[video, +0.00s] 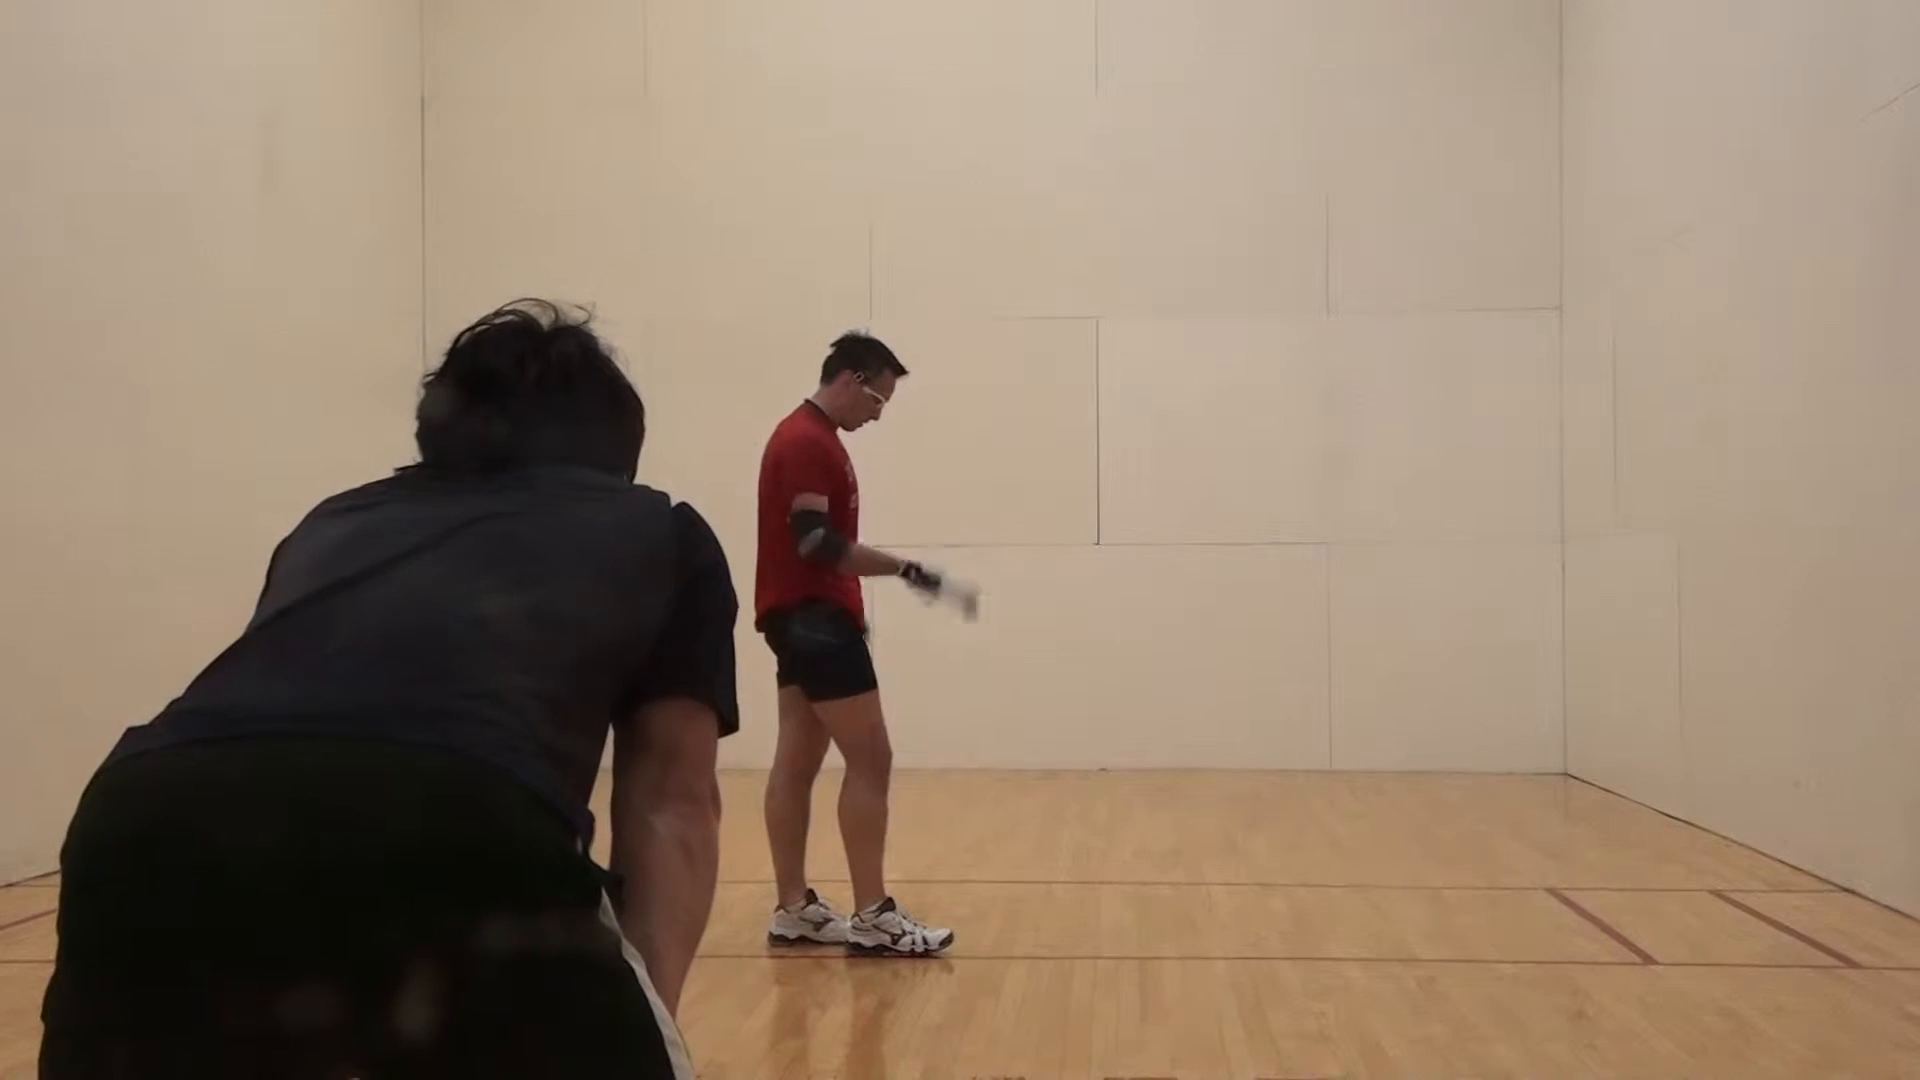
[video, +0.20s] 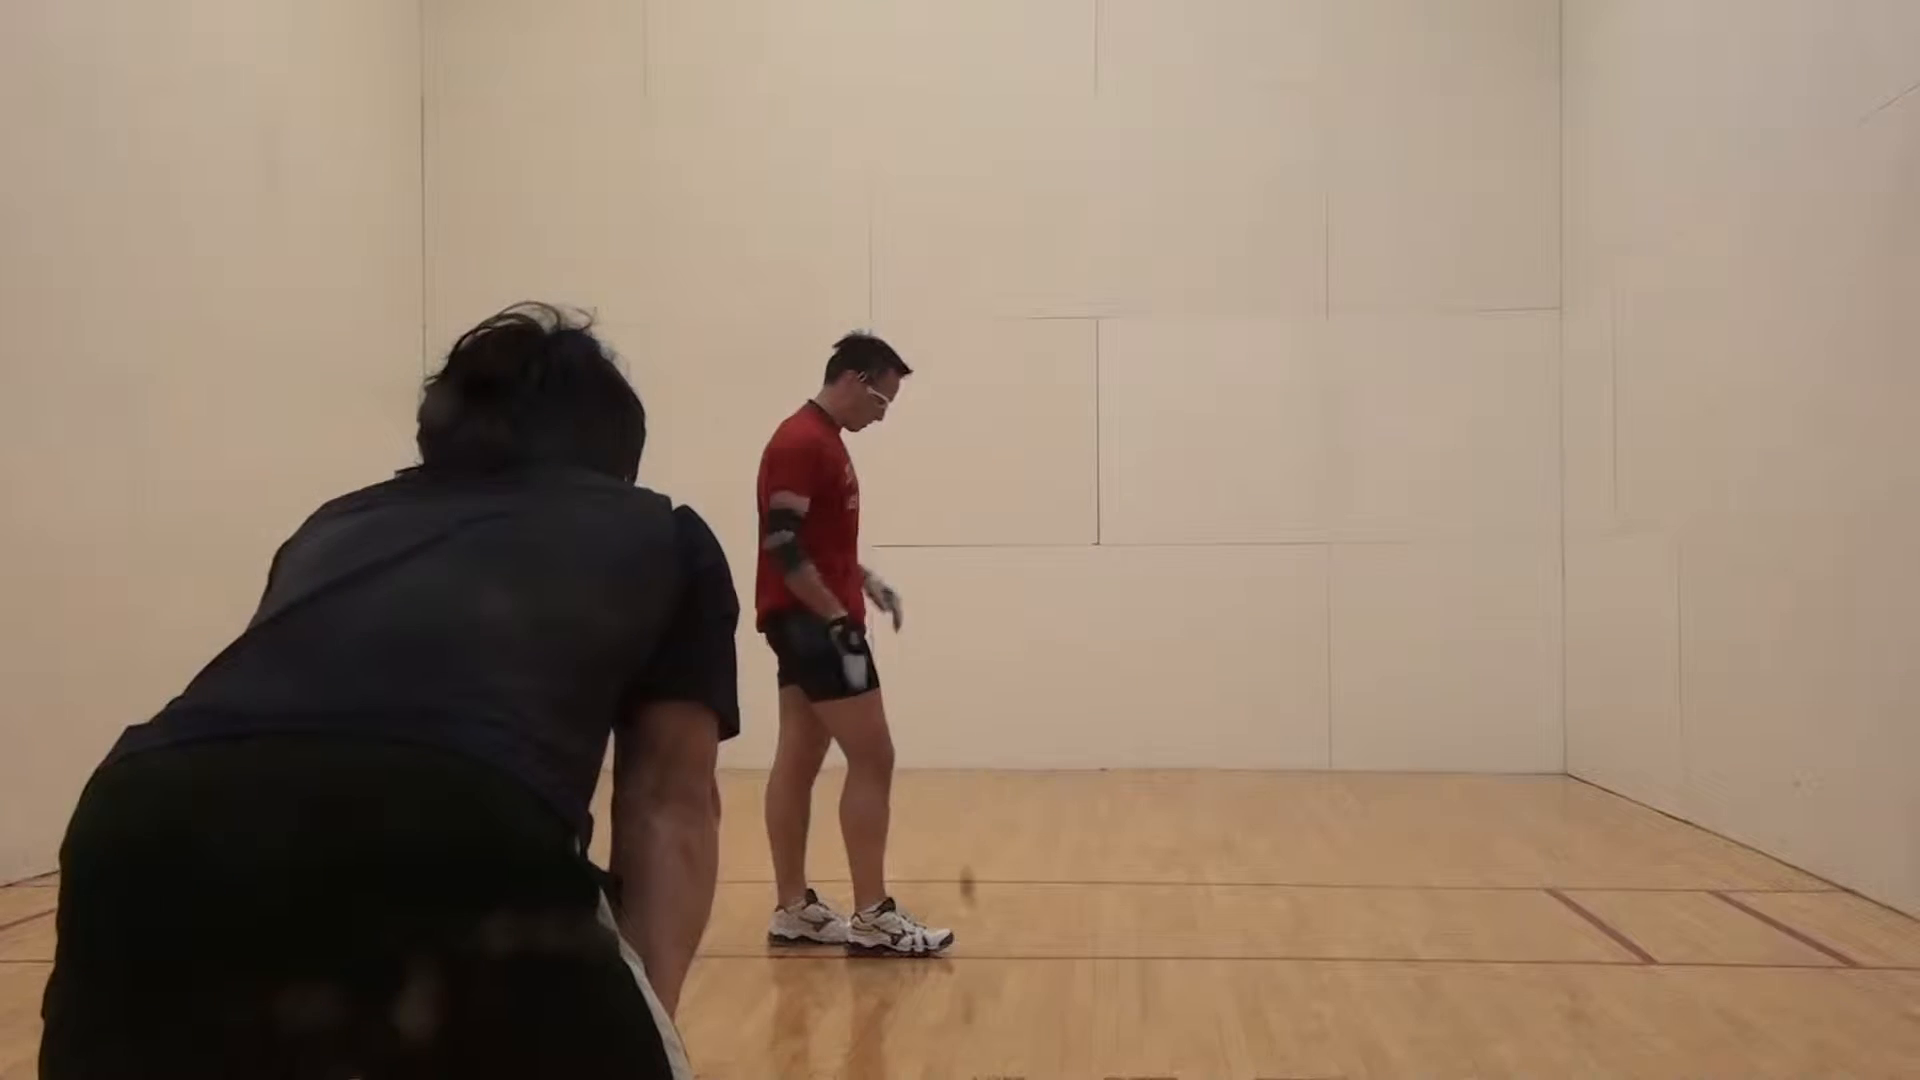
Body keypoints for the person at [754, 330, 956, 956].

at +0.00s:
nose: (879, 412)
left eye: (884, 400)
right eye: (878, 396)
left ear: (843, 384)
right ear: (848, 380)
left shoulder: (805, 437)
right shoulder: (809, 441)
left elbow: (824, 543)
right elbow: (815, 542)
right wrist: (902, 565)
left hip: (802, 616)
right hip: (816, 618)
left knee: (796, 762)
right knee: (870, 758)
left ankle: (793, 908)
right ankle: (872, 912)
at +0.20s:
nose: (883, 410)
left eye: (888, 399)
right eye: (882, 396)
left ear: (849, 383)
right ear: (850, 380)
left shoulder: (821, 440)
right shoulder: (803, 441)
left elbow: (820, 539)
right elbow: (782, 545)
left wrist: (866, 579)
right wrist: (836, 617)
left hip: (811, 618)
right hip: (813, 622)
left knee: (797, 759)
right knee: (872, 757)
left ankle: (792, 907)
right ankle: (872, 912)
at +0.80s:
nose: (884, 412)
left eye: (890, 401)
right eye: (881, 397)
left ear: (854, 386)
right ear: (848, 381)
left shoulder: (838, 446)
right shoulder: (794, 439)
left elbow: (852, 545)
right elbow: (766, 535)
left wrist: (929, 562)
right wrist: (803, 618)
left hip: (825, 619)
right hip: (817, 622)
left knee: (801, 761)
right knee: (872, 758)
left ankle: (793, 907)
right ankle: (871, 914)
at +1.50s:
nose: (833, 412)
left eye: (838, 402)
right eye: (831, 398)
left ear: (800, 384)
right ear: (799, 379)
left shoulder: (766, 437)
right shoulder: (758, 440)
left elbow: (767, 537)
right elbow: (758, 538)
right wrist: (842, 519)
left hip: (756, 617)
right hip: (772, 619)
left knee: (748, 759)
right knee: (825, 757)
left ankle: (736, 906)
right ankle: (816, 912)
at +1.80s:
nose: (803, 411)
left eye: (808, 400)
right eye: (801, 396)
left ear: (768, 384)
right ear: (767, 379)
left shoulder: (739, 439)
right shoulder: (726, 442)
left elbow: (743, 545)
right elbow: (724, 547)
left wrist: (784, 597)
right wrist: (774, 614)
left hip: (730, 621)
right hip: (738, 625)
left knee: (717, 762)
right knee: (794, 759)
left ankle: (707, 908)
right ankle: (786, 914)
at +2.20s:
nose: (786, 403)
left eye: (797, 397)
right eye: (780, 387)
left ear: (801, 400)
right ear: (753, 373)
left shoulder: (760, 447)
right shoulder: (713, 438)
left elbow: (764, 539)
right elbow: (676, 534)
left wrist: (824, 534)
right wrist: (689, 627)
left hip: (741, 623)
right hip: (741, 626)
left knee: (718, 763)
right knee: (791, 758)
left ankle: (706, 908)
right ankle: (785, 914)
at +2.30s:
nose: (777, 390)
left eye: (791, 386)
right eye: (770, 376)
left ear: (800, 395)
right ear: (747, 371)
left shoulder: (770, 449)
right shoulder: (711, 438)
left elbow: (780, 537)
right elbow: (675, 533)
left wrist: (823, 526)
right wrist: (698, 623)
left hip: (748, 621)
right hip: (741, 624)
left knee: (720, 764)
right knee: (791, 759)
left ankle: (707, 909)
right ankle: (786, 914)